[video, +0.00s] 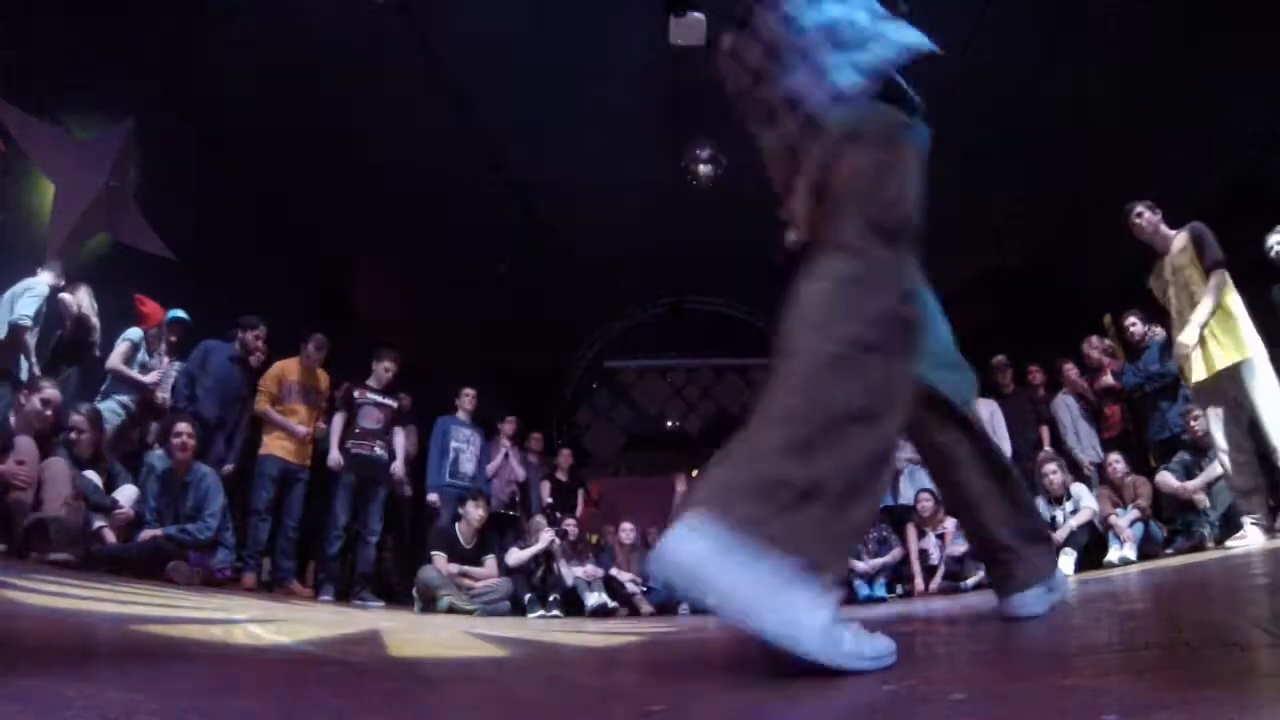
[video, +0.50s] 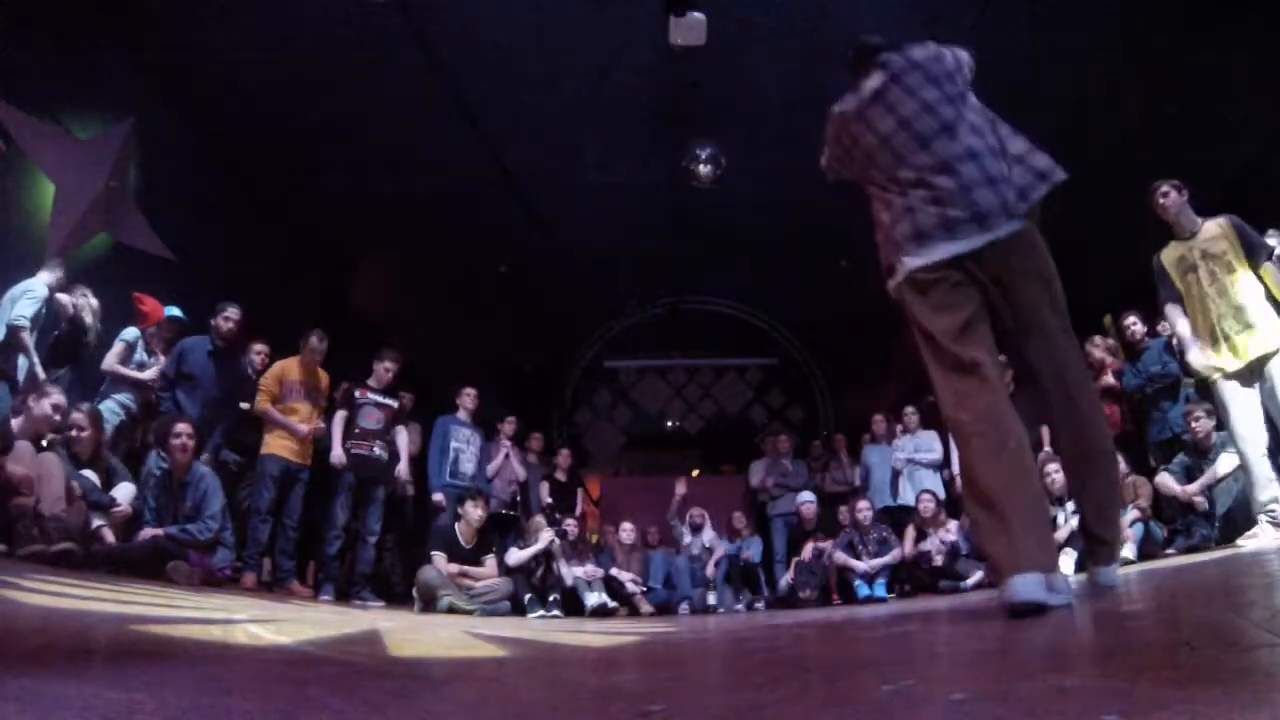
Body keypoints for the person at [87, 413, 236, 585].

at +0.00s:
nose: (183, 441)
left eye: (189, 436)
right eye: (177, 436)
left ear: (197, 444)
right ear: (168, 442)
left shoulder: (207, 477)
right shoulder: (162, 477)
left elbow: (207, 531)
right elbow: (152, 520)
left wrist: (163, 533)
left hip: (210, 553)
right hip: (174, 547)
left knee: (157, 546)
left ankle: (92, 556)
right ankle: (181, 575)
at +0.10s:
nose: (183, 443)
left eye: (189, 438)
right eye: (177, 437)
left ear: (196, 444)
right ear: (167, 443)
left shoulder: (207, 477)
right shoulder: (161, 477)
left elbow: (207, 530)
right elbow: (151, 521)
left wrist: (164, 533)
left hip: (209, 552)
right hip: (173, 546)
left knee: (158, 546)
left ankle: (92, 556)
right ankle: (180, 575)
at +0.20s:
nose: (182, 445)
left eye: (187, 440)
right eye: (175, 439)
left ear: (194, 445)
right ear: (166, 446)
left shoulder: (206, 477)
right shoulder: (161, 479)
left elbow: (207, 530)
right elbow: (151, 520)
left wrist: (163, 533)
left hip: (210, 553)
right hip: (173, 546)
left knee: (156, 546)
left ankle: (92, 556)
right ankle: (182, 575)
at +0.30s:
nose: (181, 446)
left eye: (186, 441)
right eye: (174, 441)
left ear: (193, 446)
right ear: (163, 447)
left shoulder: (205, 478)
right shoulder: (161, 479)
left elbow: (208, 532)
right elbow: (150, 520)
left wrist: (163, 533)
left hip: (211, 554)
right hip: (175, 547)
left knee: (159, 547)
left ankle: (90, 556)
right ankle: (179, 573)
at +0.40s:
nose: (181, 445)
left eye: (187, 439)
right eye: (174, 439)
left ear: (194, 445)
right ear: (165, 447)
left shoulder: (206, 478)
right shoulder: (161, 481)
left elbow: (208, 531)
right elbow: (150, 521)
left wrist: (163, 533)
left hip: (210, 554)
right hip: (174, 546)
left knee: (157, 546)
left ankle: (91, 556)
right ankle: (182, 575)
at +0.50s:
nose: (184, 442)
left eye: (189, 437)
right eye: (177, 436)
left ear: (196, 444)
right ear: (166, 444)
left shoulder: (206, 478)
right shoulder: (159, 479)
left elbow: (208, 531)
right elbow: (150, 522)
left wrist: (163, 533)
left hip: (210, 553)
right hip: (173, 545)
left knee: (156, 545)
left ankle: (92, 556)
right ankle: (183, 575)